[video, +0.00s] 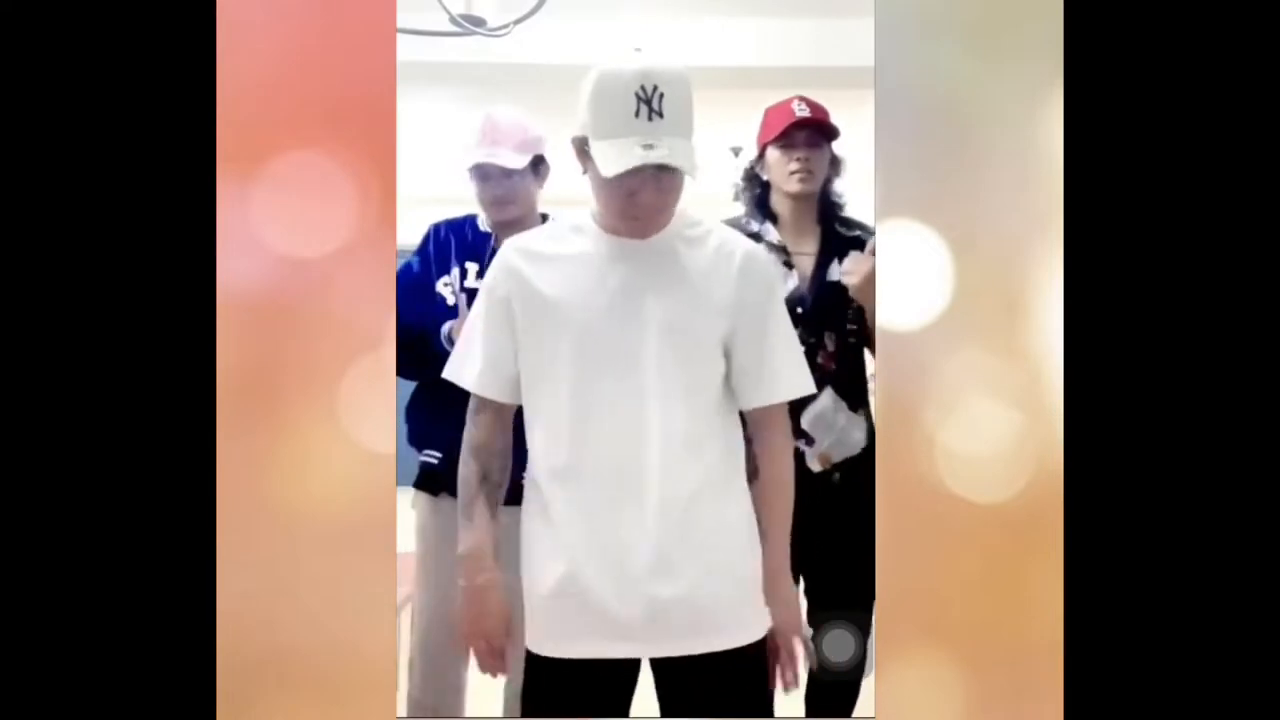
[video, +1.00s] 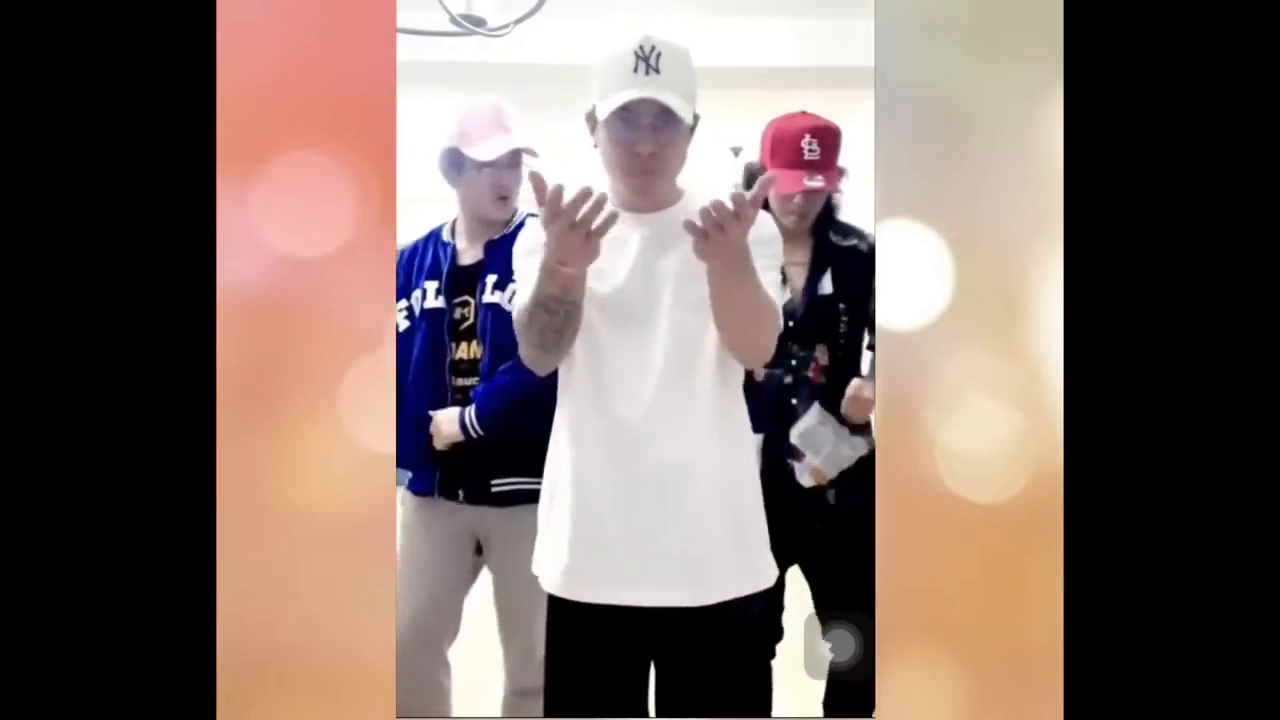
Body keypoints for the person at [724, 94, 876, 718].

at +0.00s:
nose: (803, 159)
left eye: (816, 147)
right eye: (787, 147)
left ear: (831, 160)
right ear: (762, 160)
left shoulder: (863, 247)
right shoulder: (727, 245)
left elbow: (895, 361)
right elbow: (708, 352)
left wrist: (871, 301)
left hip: (850, 462)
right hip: (756, 454)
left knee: (843, 642)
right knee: (748, 624)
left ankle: (826, 718)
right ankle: (750, 713)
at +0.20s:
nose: (796, 171)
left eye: (809, 159)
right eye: (781, 159)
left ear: (826, 173)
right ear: (755, 173)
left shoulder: (860, 264)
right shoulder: (722, 262)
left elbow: (886, 359)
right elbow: (708, 382)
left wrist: (875, 386)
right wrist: (775, 464)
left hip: (842, 473)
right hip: (748, 475)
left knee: (857, 637)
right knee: (748, 631)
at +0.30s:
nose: (797, 162)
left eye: (810, 150)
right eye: (782, 150)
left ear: (827, 163)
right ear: (758, 163)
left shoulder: (858, 249)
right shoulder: (729, 250)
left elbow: (898, 336)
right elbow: (709, 350)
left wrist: (876, 368)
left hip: (842, 451)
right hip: (753, 450)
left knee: (856, 626)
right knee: (748, 612)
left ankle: (836, 718)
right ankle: (764, 719)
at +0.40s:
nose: (801, 160)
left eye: (814, 148)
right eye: (787, 147)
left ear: (832, 160)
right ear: (762, 160)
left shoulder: (864, 248)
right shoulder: (733, 249)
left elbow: (902, 359)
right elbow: (711, 361)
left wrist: (841, 417)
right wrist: (763, 432)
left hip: (845, 461)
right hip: (749, 458)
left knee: (850, 636)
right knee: (748, 624)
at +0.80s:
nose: (800, 180)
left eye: (814, 167)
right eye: (787, 167)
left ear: (835, 173)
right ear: (764, 172)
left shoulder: (866, 254)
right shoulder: (735, 252)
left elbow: (897, 369)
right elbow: (714, 360)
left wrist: (862, 442)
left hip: (847, 476)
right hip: (756, 476)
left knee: (851, 648)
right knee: (753, 644)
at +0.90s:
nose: (798, 196)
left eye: (812, 183)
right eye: (785, 182)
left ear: (831, 184)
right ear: (762, 182)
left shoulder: (860, 265)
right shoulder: (734, 259)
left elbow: (884, 376)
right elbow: (711, 364)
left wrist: (844, 456)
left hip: (841, 486)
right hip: (751, 483)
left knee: (855, 653)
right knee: (746, 650)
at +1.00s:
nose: (808, 187)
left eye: (819, 175)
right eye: (794, 174)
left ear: (833, 179)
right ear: (764, 176)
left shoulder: (861, 255)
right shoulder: (735, 248)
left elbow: (895, 345)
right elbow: (711, 354)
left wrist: (874, 389)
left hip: (842, 477)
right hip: (749, 474)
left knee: (855, 644)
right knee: (745, 640)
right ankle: (745, 716)